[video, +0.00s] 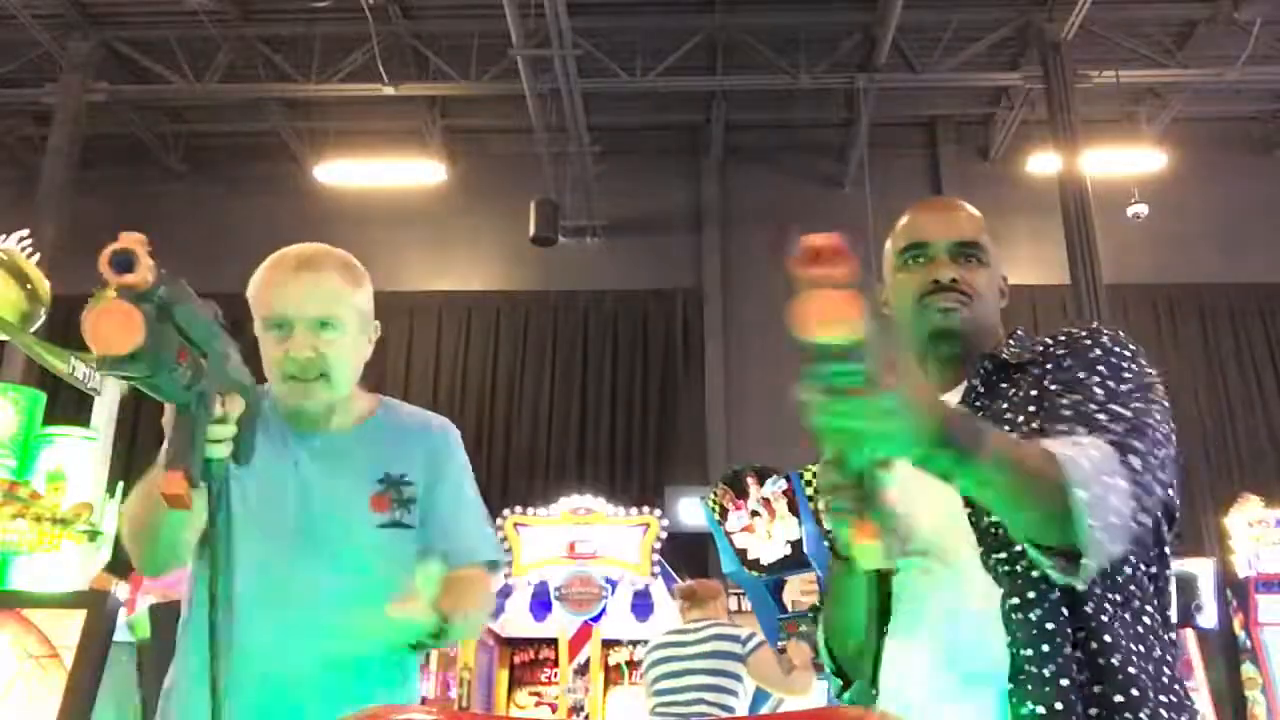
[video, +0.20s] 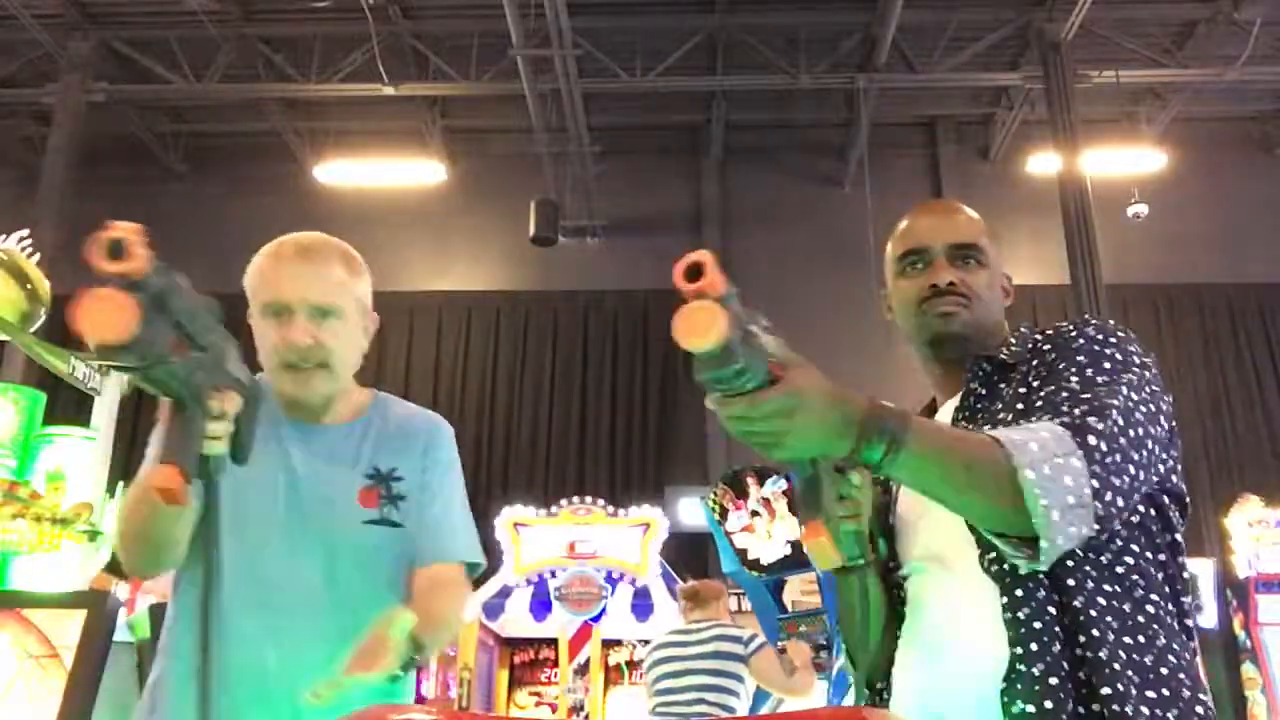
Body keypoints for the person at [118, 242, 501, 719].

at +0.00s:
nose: (300, 349)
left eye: (325, 326)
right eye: (279, 327)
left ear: (369, 338)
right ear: (256, 337)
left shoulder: (427, 444)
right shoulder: (216, 426)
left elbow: (472, 579)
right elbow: (150, 556)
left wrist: (440, 617)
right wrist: (183, 453)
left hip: (365, 705)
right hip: (215, 704)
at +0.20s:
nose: (299, 336)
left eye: (324, 314)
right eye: (277, 313)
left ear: (367, 325)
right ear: (251, 324)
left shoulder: (419, 439)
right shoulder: (205, 416)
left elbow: (443, 584)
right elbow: (141, 560)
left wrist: (404, 634)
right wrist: (183, 439)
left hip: (350, 712)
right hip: (197, 705)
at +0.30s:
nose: (256, 315)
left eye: (282, 290)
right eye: (233, 290)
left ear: (328, 308)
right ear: (207, 304)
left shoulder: (383, 424)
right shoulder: (157, 402)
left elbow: (408, 581)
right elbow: (90, 549)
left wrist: (339, 635)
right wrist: (105, 447)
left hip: (312, 714)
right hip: (148, 707)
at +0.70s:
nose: (293, 256)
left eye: (322, 232)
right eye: (269, 230)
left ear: (374, 254)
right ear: (240, 246)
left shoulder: (434, 388)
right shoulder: (181, 366)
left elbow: (468, 566)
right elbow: (103, 525)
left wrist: (368, 646)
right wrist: (86, 403)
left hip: (341, 710)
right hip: (164, 701)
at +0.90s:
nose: (308, 296)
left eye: (333, 279)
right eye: (286, 274)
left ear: (373, 305)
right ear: (256, 292)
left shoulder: (423, 423)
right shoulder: (208, 402)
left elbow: (473, 586)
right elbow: (149, 540)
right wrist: (156, 440)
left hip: (363, 706)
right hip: (202, 704)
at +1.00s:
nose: (337, 303)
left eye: (362, 284)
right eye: (316, 281)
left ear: (402, 308)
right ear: (286, 299)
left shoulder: (445, 417)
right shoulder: (238, 401)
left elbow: (471, 571)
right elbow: (183, 553)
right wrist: (201, 474)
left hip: (384, 705)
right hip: (240, 703)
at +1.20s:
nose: (286, 291)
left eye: (311, 272)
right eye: (263, 269)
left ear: (351, 297)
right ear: (228, 288)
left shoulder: (397, 405)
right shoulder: (172, 390)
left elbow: (415, 564)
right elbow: (132, 569)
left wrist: (272, 478)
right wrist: (163, 458)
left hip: (344, 705)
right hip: (184, 705)